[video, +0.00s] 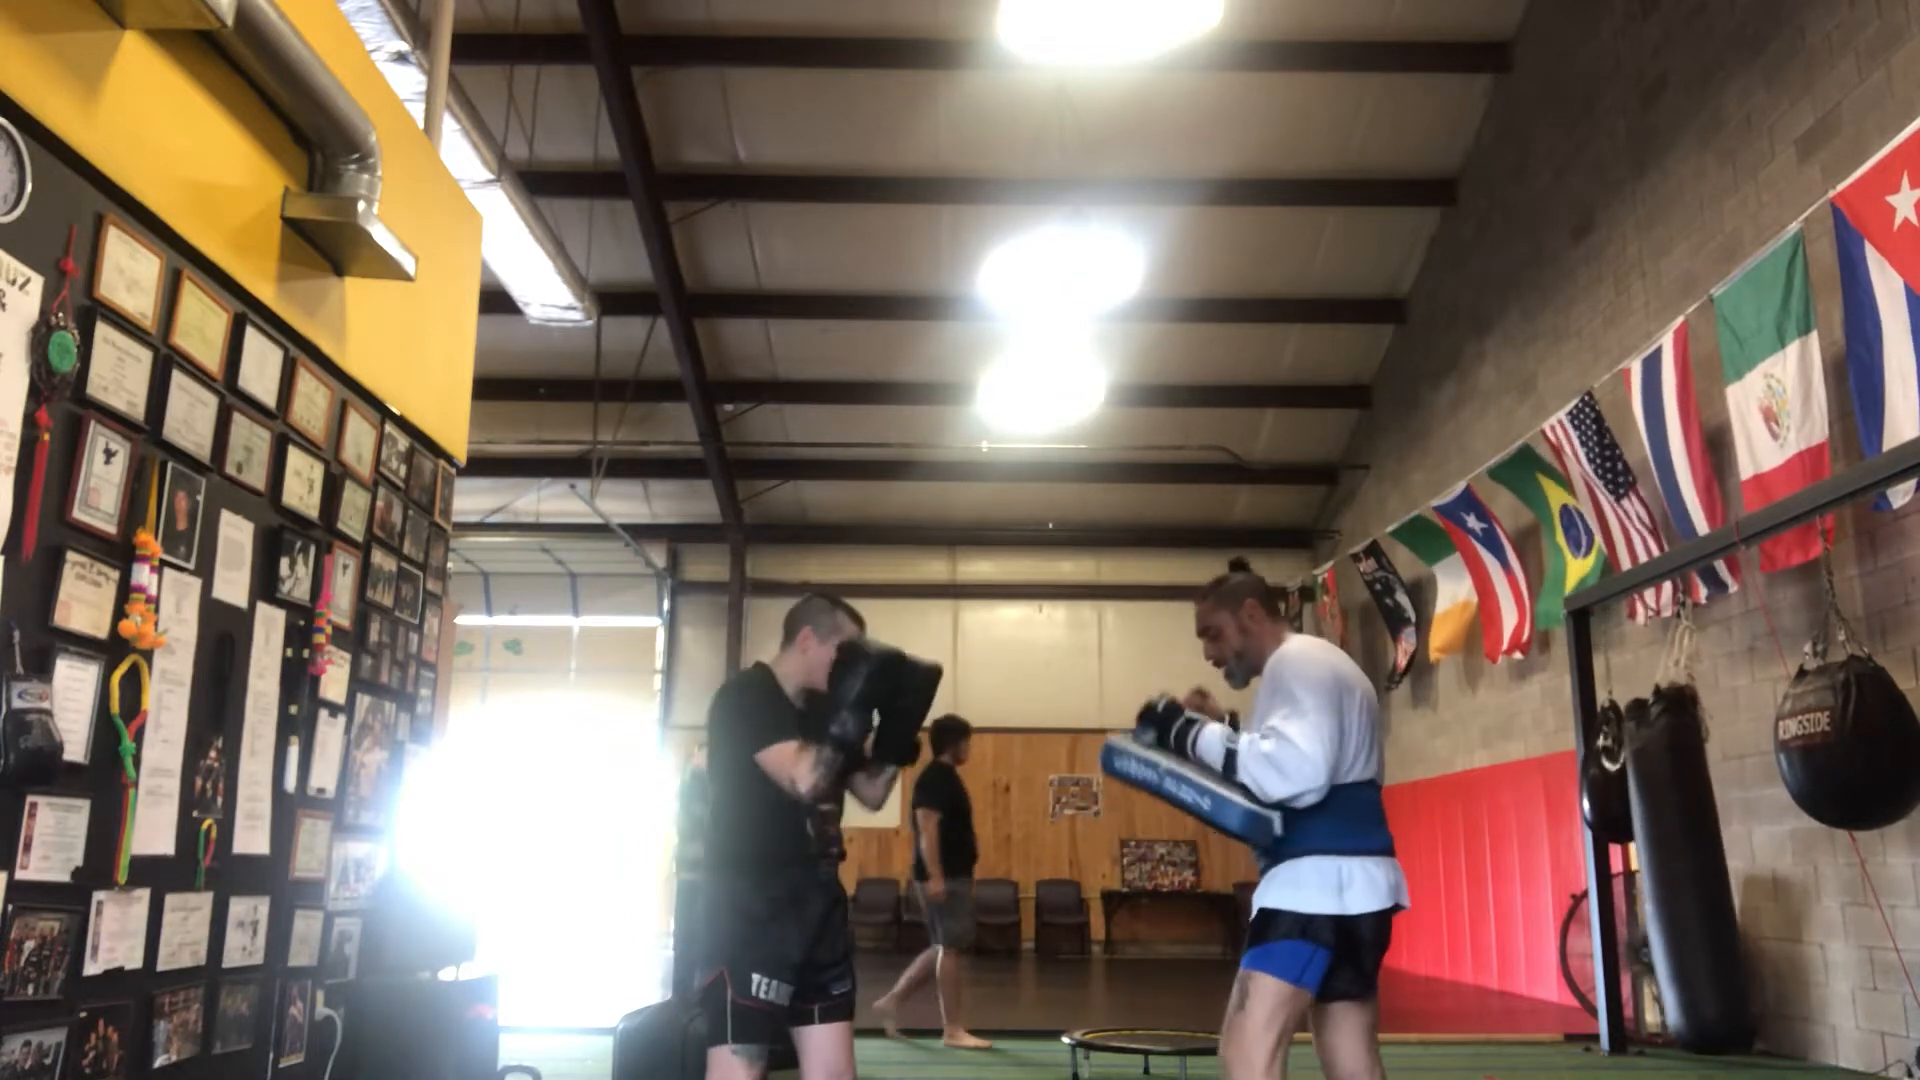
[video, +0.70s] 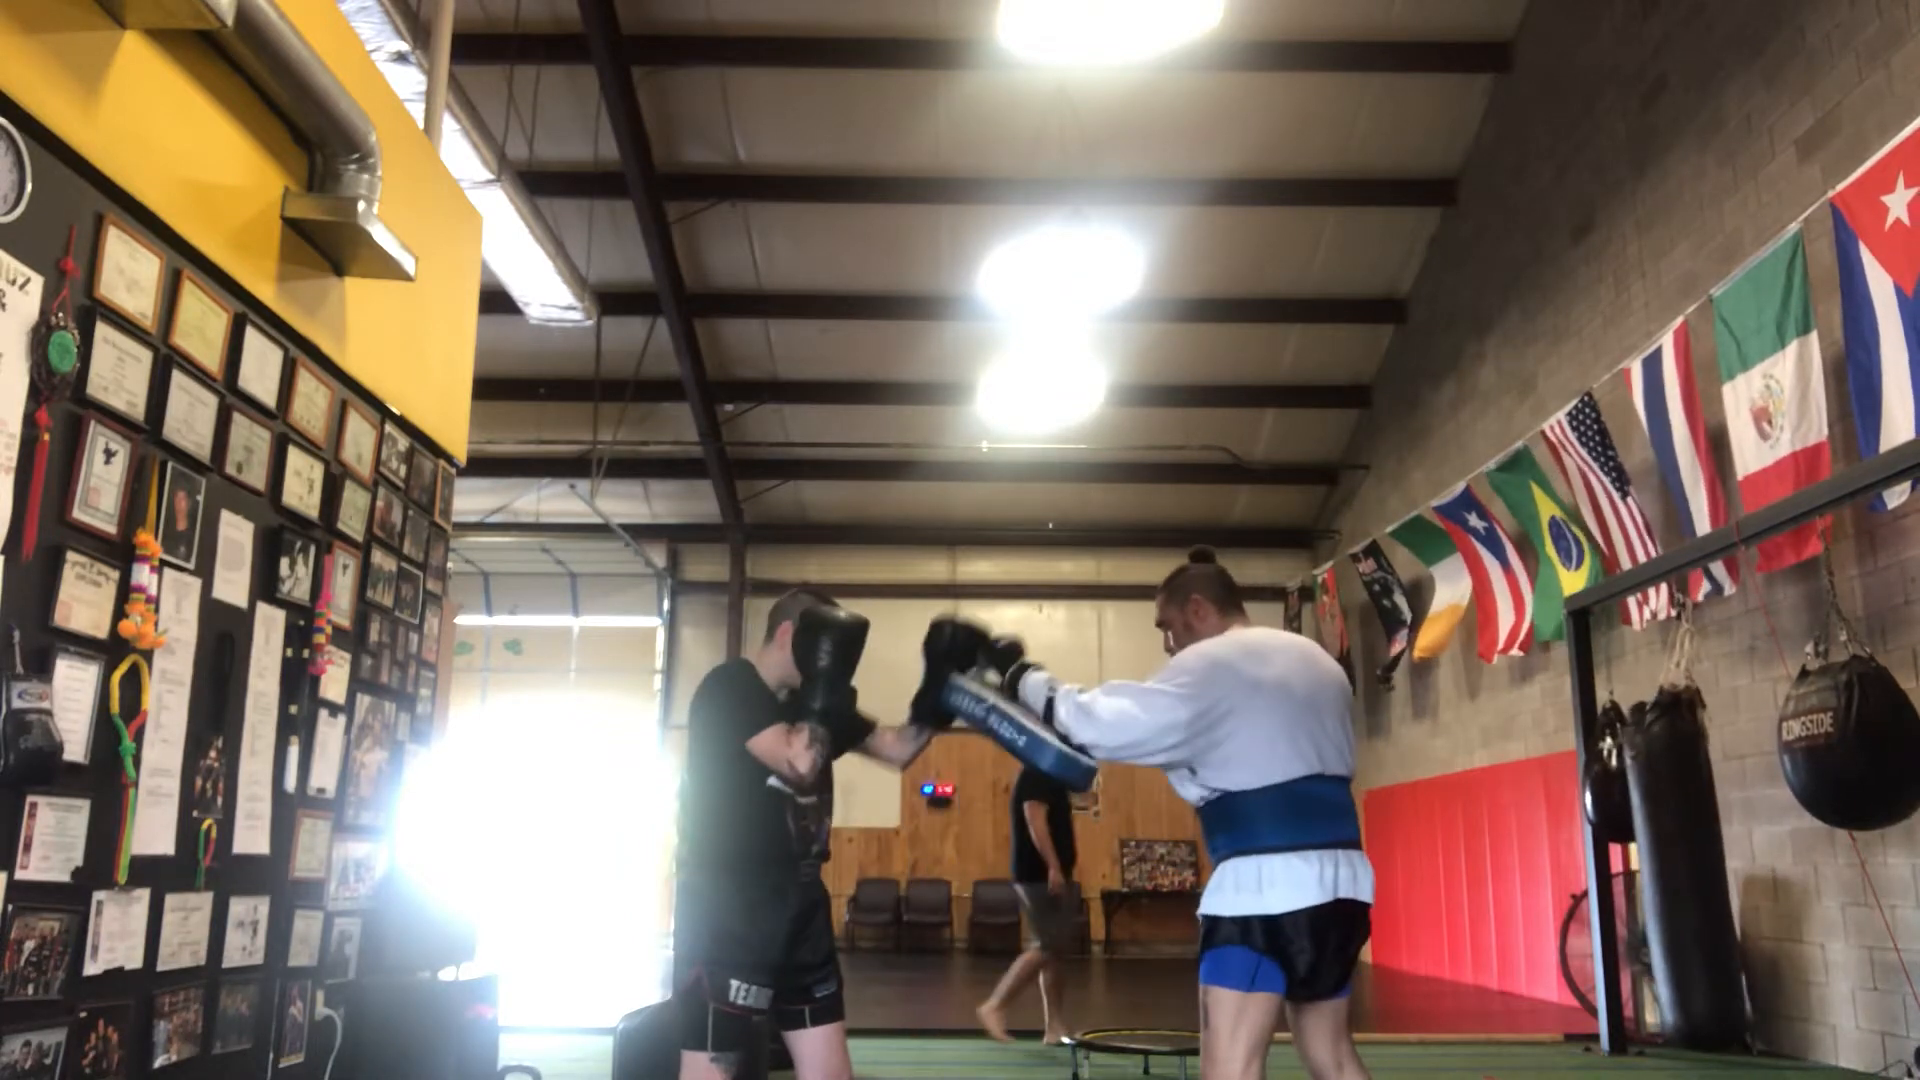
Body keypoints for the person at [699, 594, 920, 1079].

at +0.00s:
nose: (847, 663)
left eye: (852, 652)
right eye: (843, 649)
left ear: (809, 643)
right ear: (807, 639)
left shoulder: (822, 709)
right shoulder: (743, 696)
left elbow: (872, 794)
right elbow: (805, 779)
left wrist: (901, 718)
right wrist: (852, 703)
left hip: (818, 914)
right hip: (751, 915)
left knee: (832, 1070)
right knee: (736, 1068)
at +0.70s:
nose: (825, 656)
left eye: (831, 646)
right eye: (819, 643)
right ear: (787, 633)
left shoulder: (809, 703)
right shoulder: (727, 688)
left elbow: (897, 749)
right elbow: (800, 764)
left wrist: (942, 679)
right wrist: (824, 679)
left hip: (801, 913)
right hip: (729, 913)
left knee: (828, 1069)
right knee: (710, 1069)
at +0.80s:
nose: (824, 657)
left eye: (831, 648)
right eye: (819, 644)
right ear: (787, 633)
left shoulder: (810, 696)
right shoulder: (728, 687)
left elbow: (913, 720)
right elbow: (798, 763)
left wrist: (962, 656)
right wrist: (822, 680)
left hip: (797, 909)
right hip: (727, 910)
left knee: (825, 1069)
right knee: (706, 1069)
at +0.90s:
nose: (824, 656)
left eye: (831, 645)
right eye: (819, 642)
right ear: (786, 633)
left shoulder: (815, 695)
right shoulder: (724, 689)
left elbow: (914, 720)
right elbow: (793, 768)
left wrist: (977, 678)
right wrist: (820, 686)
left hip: (796, 910)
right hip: (725, 913)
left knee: (823, 1070)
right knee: (713, 1071)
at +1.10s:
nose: (822, 664)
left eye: (828, 653)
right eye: (817, 649)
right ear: (776, 637)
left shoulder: (801, 717)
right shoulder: (717, 691)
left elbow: (843, 807)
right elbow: (760, 785)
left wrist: (896, 755)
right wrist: (816, 711)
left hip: (794, 908)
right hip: (723, 909)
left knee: (824, 1069)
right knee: (716, 1070)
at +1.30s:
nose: (805, 669)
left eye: (812, 657)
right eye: (804, 653)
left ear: (771, 643)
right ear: (771, 639)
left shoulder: (778, 705)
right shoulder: (708, 691)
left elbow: (839, 784)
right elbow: (782, 775)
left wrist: (853, 700)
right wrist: (823, 694)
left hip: (777, 906)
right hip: (712, 908)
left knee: (825, 1069)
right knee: (709, 1070)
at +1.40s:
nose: (806, 659)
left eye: (812, 647)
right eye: (801, 644)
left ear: (767, 640)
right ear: (767, 636)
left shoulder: (778, 699)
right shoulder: (708, 686)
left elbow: (832, 778)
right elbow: (788, 771)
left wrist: (842, 691)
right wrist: (818, 686)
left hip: (771, 902)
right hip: (707, 905)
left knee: (835, 1057)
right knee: (702, 1070)